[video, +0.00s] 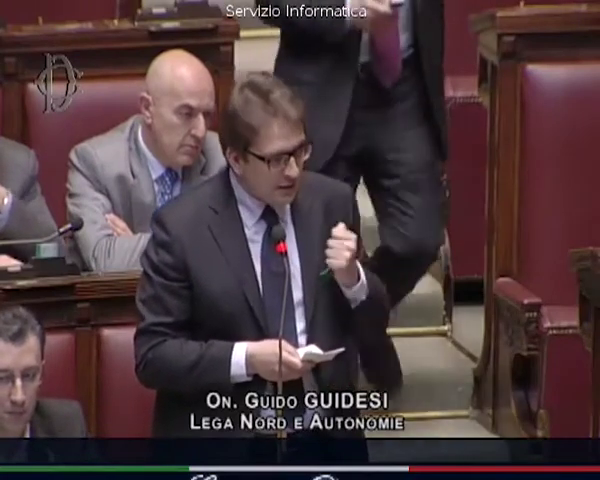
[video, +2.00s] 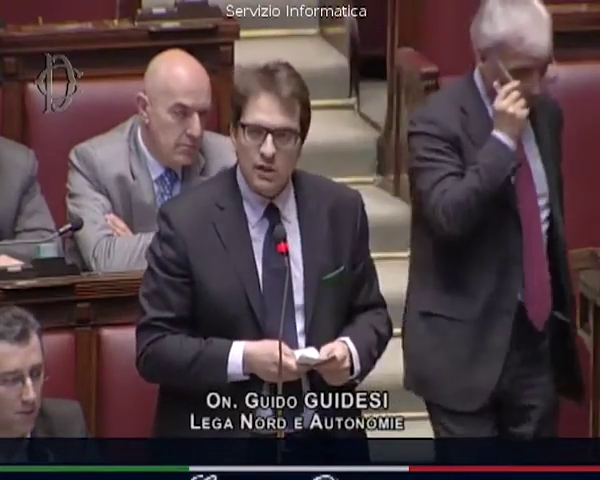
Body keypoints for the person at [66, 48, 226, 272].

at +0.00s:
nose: (200, 131)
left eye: (207, 115)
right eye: (186, 114)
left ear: (212, 111)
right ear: (147, 108)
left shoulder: (216, 153)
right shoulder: (92, 161)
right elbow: (105, 260)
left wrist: (137, 247)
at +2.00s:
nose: (196, 131)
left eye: (203, 113)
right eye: (180, 113)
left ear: (209, 108)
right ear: (144, 108)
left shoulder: (225, 155)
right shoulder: (91, 161)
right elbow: (105, 259)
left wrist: (138, 249)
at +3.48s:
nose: (184, 124)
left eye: (195, 109)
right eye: (170, 106)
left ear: (203, 109)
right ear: (140, 104)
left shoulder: (225, 155)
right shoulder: (91, 161)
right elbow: (105, 259)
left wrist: (138, 249)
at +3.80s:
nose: (185, 124)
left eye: (196, 109)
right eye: (171, 106)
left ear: (204, 109)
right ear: (139, 104)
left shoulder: (221, 154)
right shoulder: (91, 160)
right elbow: (105, 260)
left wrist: (137, 246)